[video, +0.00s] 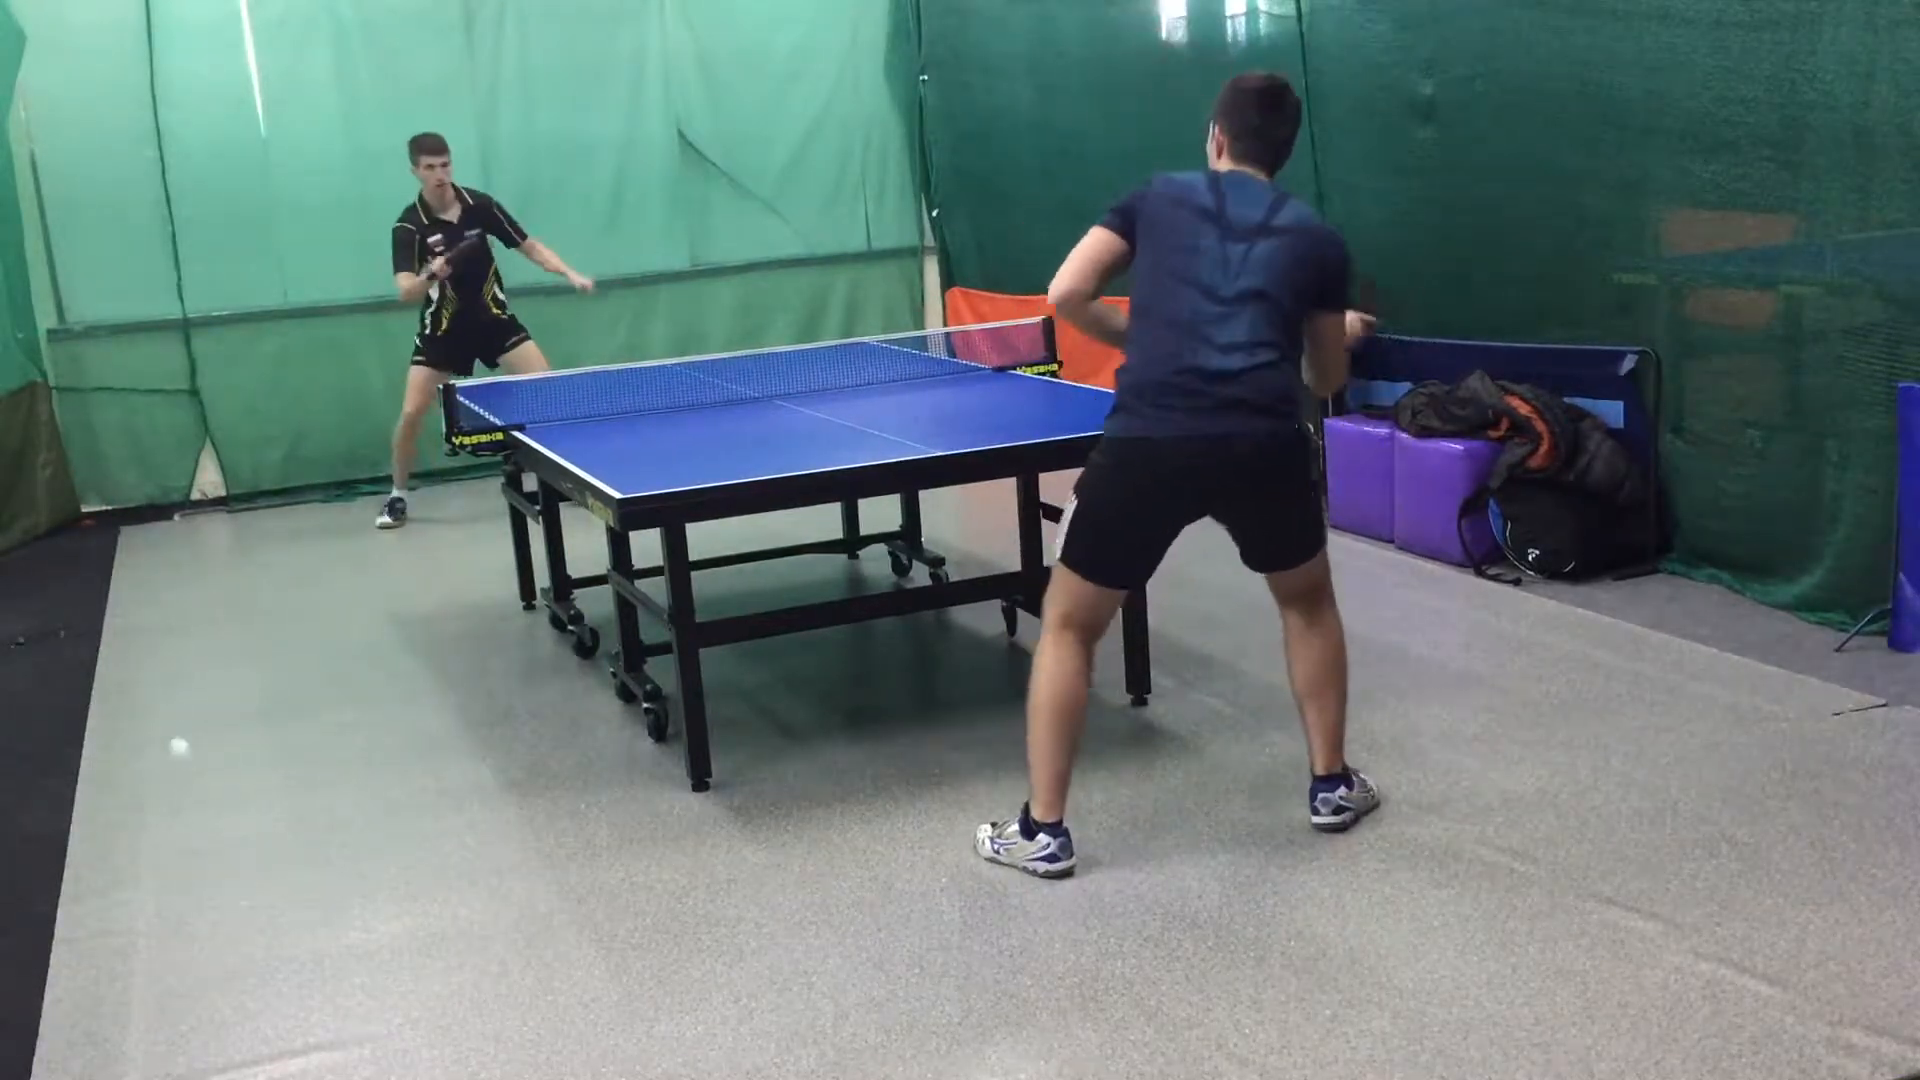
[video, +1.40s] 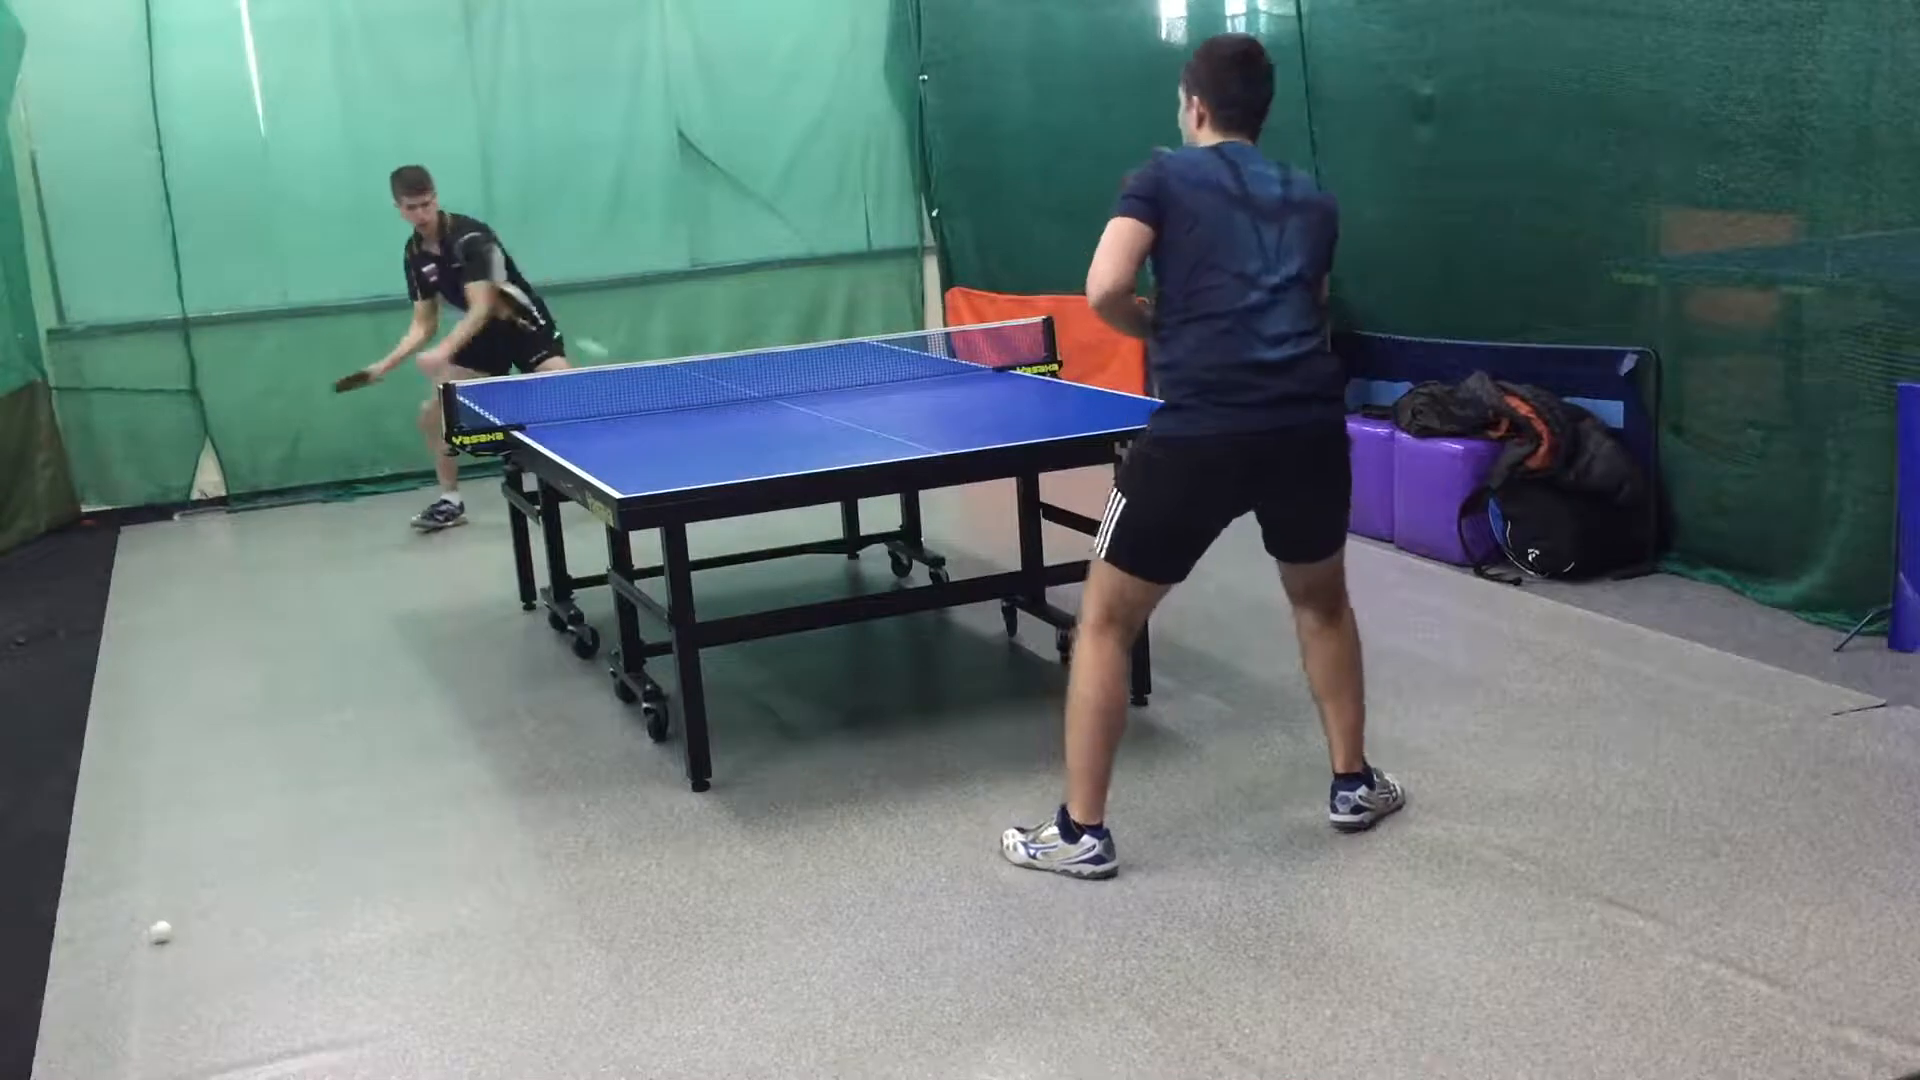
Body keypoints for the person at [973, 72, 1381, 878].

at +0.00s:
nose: (1209, 144)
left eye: (1210, 134)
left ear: (1214, 141)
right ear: (1286, 152)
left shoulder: (1157, 198)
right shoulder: (1314, 238)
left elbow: (1066, 296)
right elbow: (1327, 377)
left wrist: (1140, 334)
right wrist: (1338, 336)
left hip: (1147, 445)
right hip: (1265, 450)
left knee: (1071, 627)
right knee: (1307, 605)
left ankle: (1044, 828)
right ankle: (1330, 783)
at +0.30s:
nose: (1165, 113)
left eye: (1167, 101)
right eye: (1171, 101)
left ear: (1180, 108)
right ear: (1248, 113)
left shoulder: (1155, 174)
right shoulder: (1296, 193)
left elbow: (1098, 288)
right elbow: (1294, 294)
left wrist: (1147, 325)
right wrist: (1221, 313)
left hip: (1190, 442)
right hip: (1298, 436)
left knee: (1102, 626)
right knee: (1307, 606)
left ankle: (1072, 829)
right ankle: (1331, 783)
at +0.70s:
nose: (1136, 112)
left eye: (1135, 102)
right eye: (1143, 100)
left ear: (1146, 106)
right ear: (1219, 107)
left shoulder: (1111, 175)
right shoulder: (1272, 192)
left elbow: (1042, 285)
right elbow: (1299, 329)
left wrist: (1098, 321)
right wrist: (1307, 387)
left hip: (1145, 435)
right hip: (1255, 430)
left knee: (1071, 625)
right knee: (1293, 605)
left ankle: (1068, 829)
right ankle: (1346, 784)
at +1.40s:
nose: (1180, 112)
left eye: (1181, 101)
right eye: (1187, 101)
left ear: (1193, 107)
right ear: (1264, 111)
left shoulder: (1163, 175)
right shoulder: (1313, 197)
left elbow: (1107, 290)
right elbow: (1311, 303)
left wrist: (1157, 323)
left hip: (1198, 443)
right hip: (1307, 438)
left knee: (1108, 620)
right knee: (1321, 601)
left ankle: (1082, 829)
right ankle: (1352, 782)